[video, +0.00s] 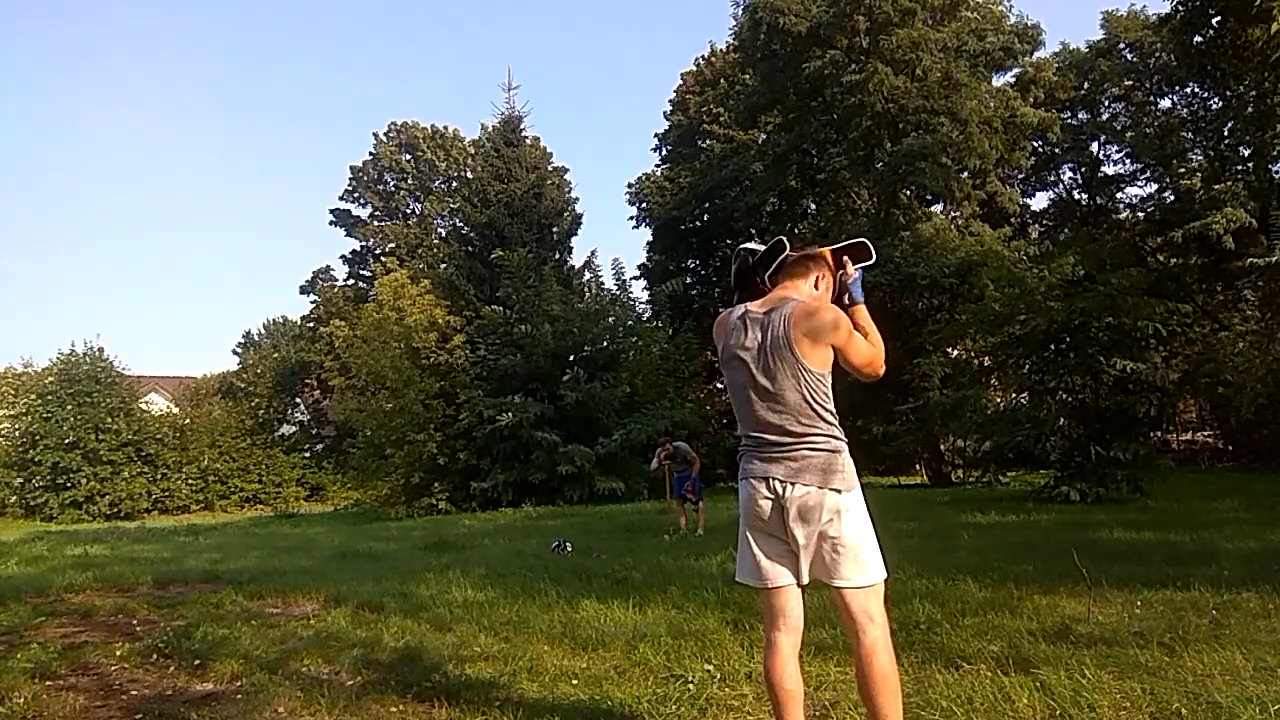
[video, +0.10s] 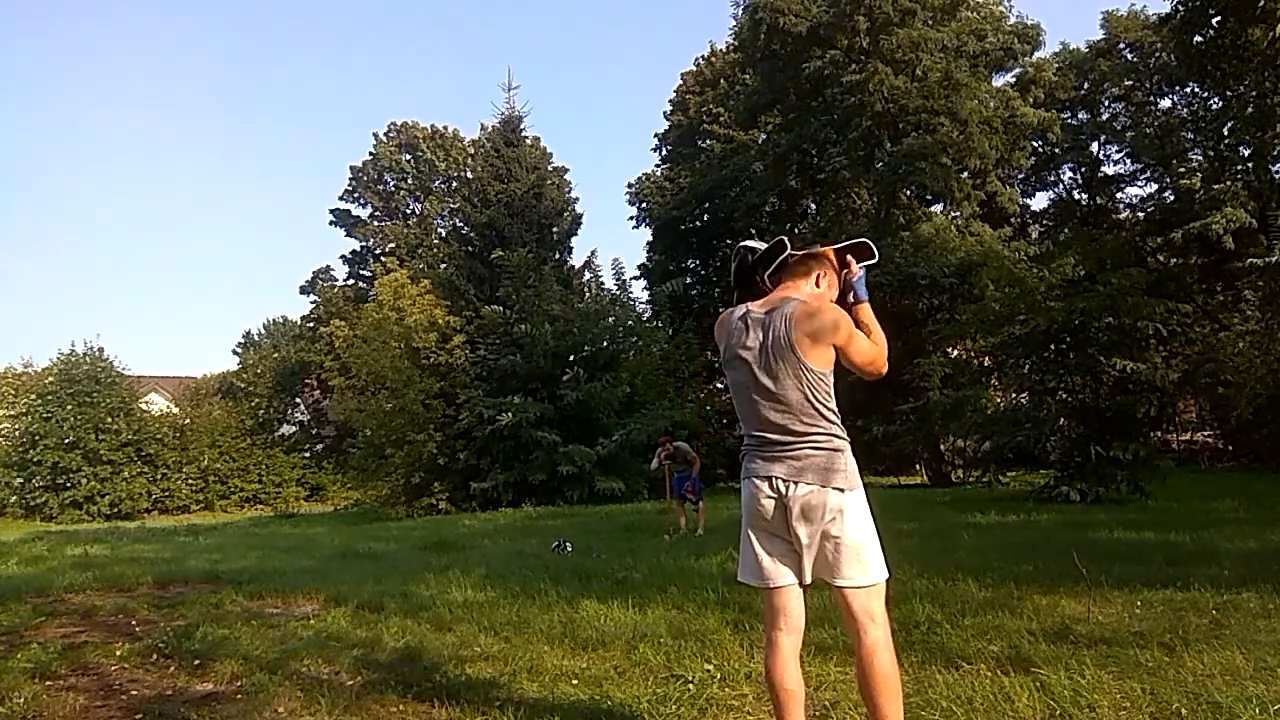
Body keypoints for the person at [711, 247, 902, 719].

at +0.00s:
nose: (833, 291)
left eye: (834, 284)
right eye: (833, 283)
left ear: (777, 278)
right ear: (821, 279)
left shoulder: (727, 325)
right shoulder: (822, 317)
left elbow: (757, 314)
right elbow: (874, 363)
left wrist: (807, 267)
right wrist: (854, 299)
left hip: (757, 484)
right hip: (826, 483)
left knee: (780, 630)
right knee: (869, 626)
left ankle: (791, 718)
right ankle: (888, 717)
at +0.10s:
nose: (835, 291)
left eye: (836, 284)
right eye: (835, 283)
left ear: (777, 280)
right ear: (821, 277)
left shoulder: (728, 324)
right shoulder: (824, 317)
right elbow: (876, 361)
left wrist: (789, 290)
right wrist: (858, 297)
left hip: (760, 484)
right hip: (829, 482)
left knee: (781, 629)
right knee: (870, 625)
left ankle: (791, 718)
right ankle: (889, 716)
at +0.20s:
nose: (835, 293)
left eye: (837, 286)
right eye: (836, 286)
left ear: (778, 281)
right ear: (823, 279)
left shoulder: (730, 325)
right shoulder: (827, 317)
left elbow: (752, 315)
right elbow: (884, 365)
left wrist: (789, 290)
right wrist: (863, 303)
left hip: (763, 482)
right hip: (831, 480)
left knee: (783, 630)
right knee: (871, 627)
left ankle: (792, 719)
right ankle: (889, 717)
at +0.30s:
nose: (827, 289)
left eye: (828, 280)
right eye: (826, 281)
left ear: (773, 283)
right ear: (817, 279)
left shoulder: (733, 324)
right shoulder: (830, 314)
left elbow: (765, 310)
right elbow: (890, 375)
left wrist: (816, 292)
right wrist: (867, 309)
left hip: (766, 484)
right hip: (835, 483)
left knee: (784, 630)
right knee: (873, 628)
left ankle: (793, 719)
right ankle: (891, 718)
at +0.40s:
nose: (826, 285)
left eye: (826, 274)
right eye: (823, 277)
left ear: (773, 279)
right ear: (815, 280)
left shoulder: (736, 324)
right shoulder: (835, 317)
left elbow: (768, 314)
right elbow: (892, 382)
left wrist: (815, 295)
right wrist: (868, 317)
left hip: (768, 481)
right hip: (837, 480)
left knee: (785, 629)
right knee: (874, 627)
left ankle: (793, 719)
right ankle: (891, 717)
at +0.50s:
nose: (840, 287)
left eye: (839, 279)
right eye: (837, 281)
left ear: (783, 277)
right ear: (826, 281)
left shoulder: (739, 325)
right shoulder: (837, 317)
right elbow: (896, 379)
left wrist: (812, 297)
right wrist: (872, 315)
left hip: (770, 481)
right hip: (839, 479)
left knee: (786, 626)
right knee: (875, 626)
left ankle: (793, 718)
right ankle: (891, 717)